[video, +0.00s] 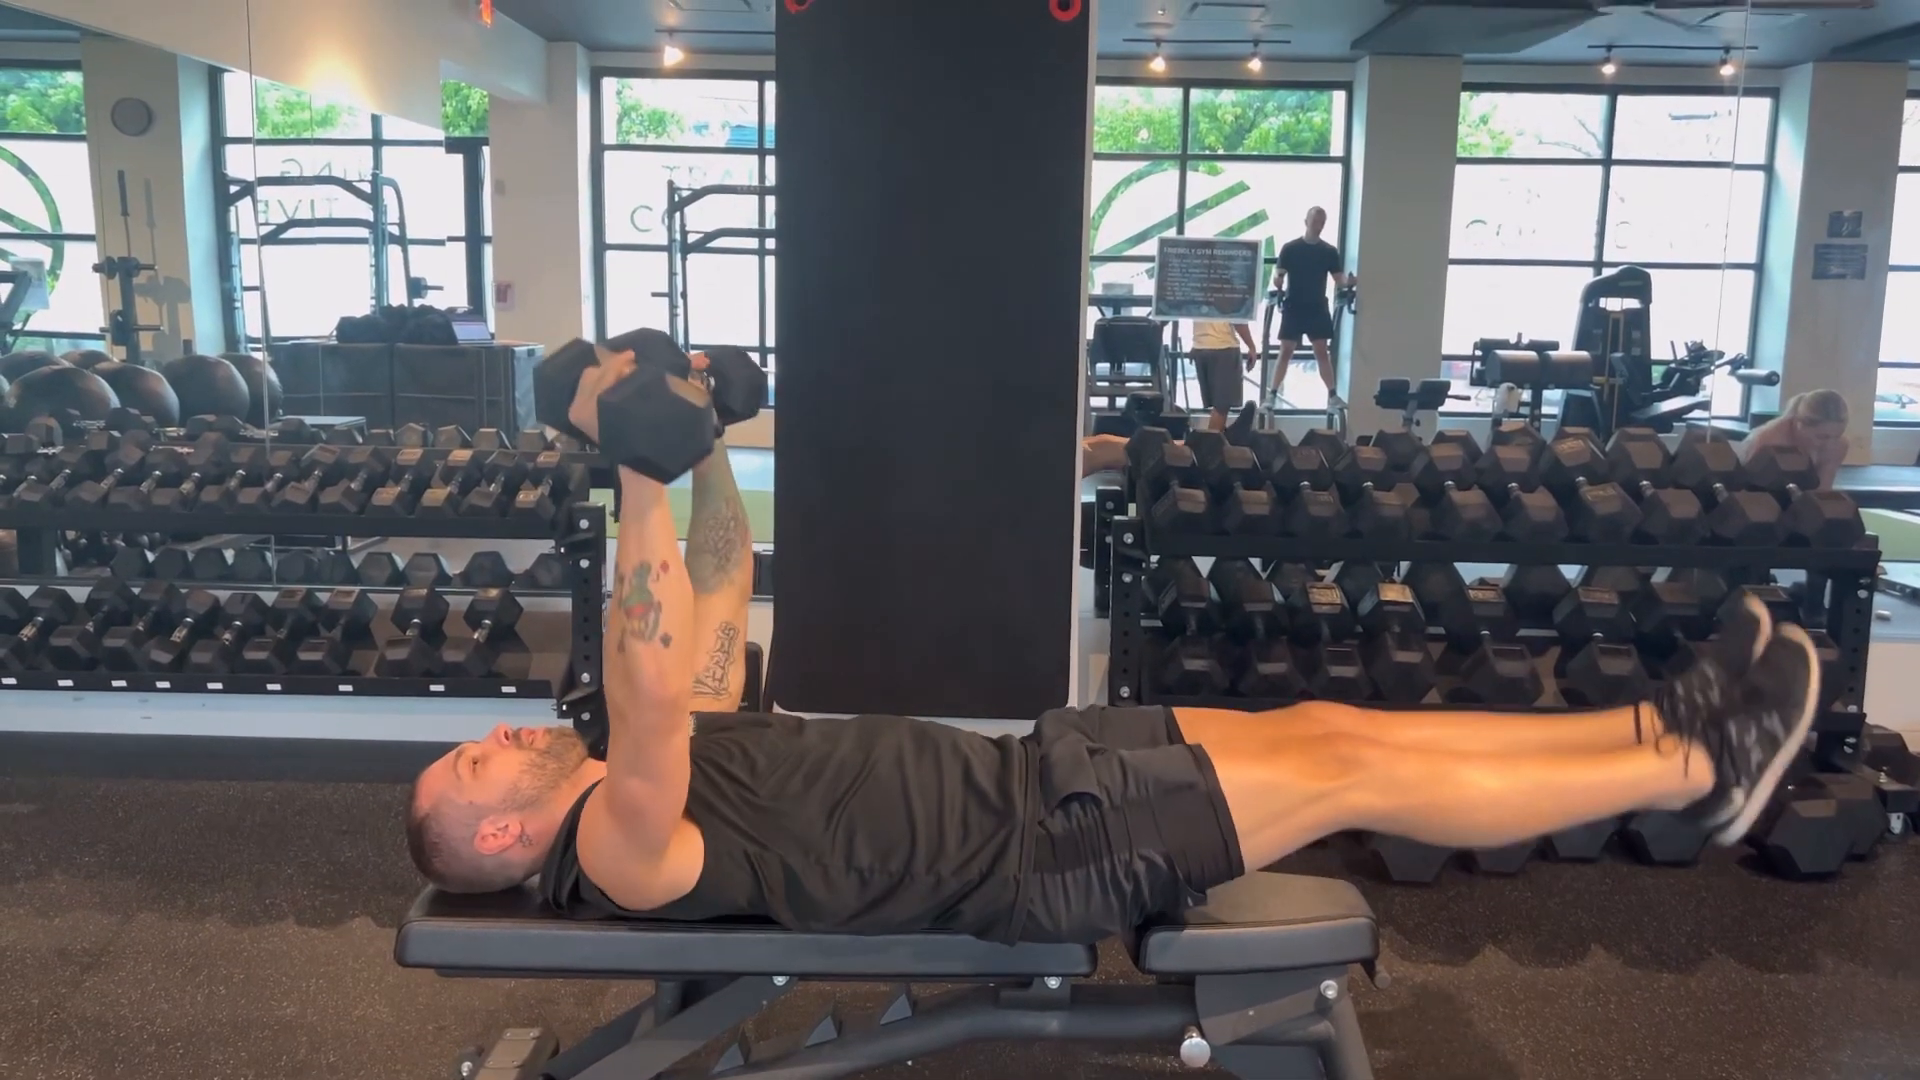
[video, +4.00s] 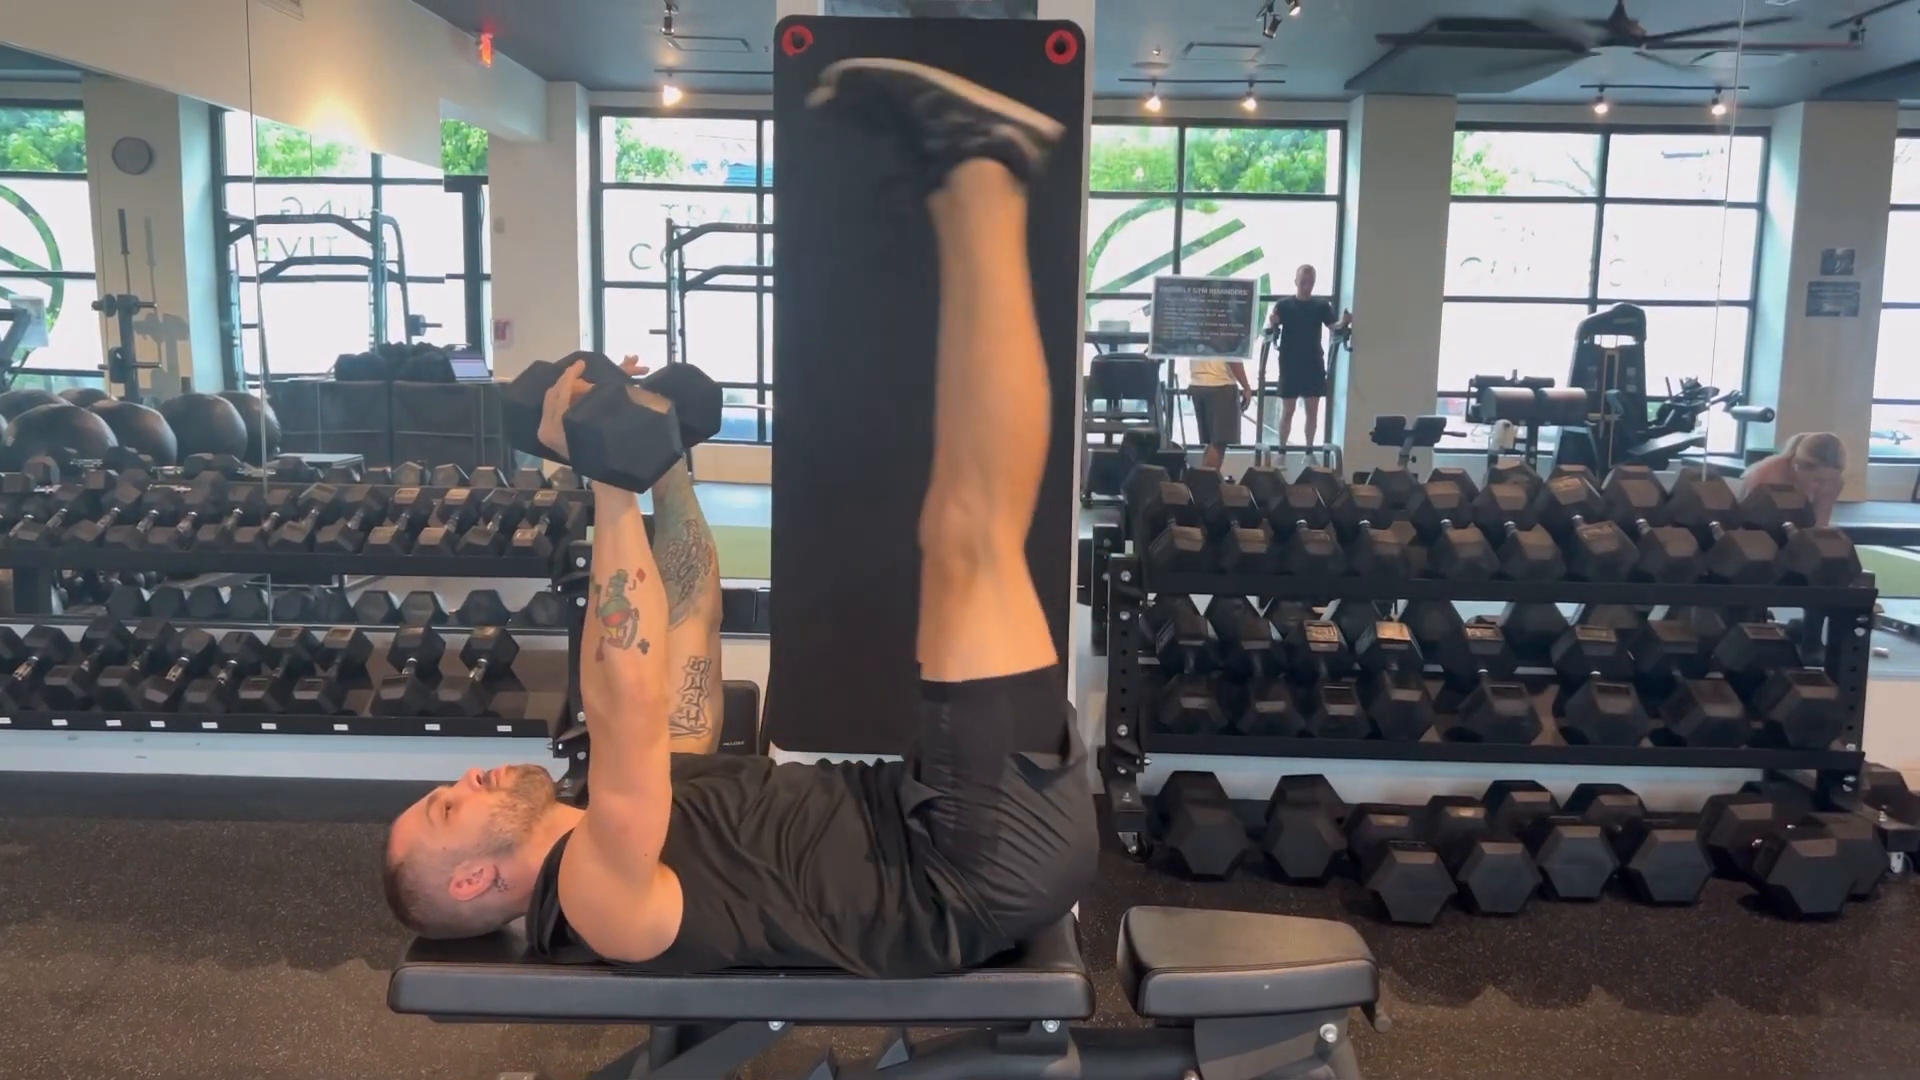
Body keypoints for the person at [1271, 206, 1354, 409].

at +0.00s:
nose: (1317, 225)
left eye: (1321, 221)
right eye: (1314, 220)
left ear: (1324, 224)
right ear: (1306, 221)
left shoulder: (1330, 252)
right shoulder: (1290, 248)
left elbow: (1339, 280)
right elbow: (1278, 277)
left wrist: (1351, 281)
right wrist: (1279, 288)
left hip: (1318, 306)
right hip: (1293, 306)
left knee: (1321, 351)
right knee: (1286, 350)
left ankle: (1332, 395)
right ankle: (1272, 394)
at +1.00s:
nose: (1320, 246)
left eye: (1324, 243)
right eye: (1317, 242)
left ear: (1328, 245)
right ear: (1310, 241)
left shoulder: (1333, 271)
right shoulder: (1294, 268)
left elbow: (1342, 299)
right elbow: (1281, 296)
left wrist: (1352, 301)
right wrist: (1283, 309)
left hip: (1320, 325)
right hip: (1297, 324)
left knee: (1325, 371)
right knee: (1289, 370)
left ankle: (1336, 414)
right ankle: (1276, 412)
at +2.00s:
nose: (1313, 249)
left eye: (1317, 245)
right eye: (1310, 244)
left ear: (1322, 247)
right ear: (1305, 246)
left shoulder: (1331, 276)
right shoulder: (1291, 274)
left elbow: (1341, 304)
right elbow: (1280, 302)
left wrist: (1351, 306)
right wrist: (1280, 311)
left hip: (1319, 330)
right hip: (1295, 330)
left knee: (1323, 375)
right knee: (1288, 374)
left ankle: (1334, 419)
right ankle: (1274, 417)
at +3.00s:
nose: (1309, 280)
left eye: (1312, 277)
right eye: (1306, 276)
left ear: (1318, 275)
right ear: (1299, 272)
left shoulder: (1325, 293)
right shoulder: (1287, 292)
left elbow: (1335, 317)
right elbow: (1274, 315)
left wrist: (1345, 314)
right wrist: (1273, 314)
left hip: (1316, 342)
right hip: (1292, 342)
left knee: (1328, 378)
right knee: (1284, 378)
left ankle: (1330, 423)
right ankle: (1271, 421)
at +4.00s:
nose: (1306, 286)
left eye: (1309, 283)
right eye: (1303, 282)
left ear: (1314, 283)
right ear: (1296, 281)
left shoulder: (1321, 306)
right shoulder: (1284, 305)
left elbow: (1334, 328)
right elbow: (1269, 333)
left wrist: (1344, 323)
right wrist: (1272, 324)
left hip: (1313, 362)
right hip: (1289, 363)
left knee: (1312, 411)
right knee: (1288, 410)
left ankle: (1309, 451)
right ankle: (1281, 451)